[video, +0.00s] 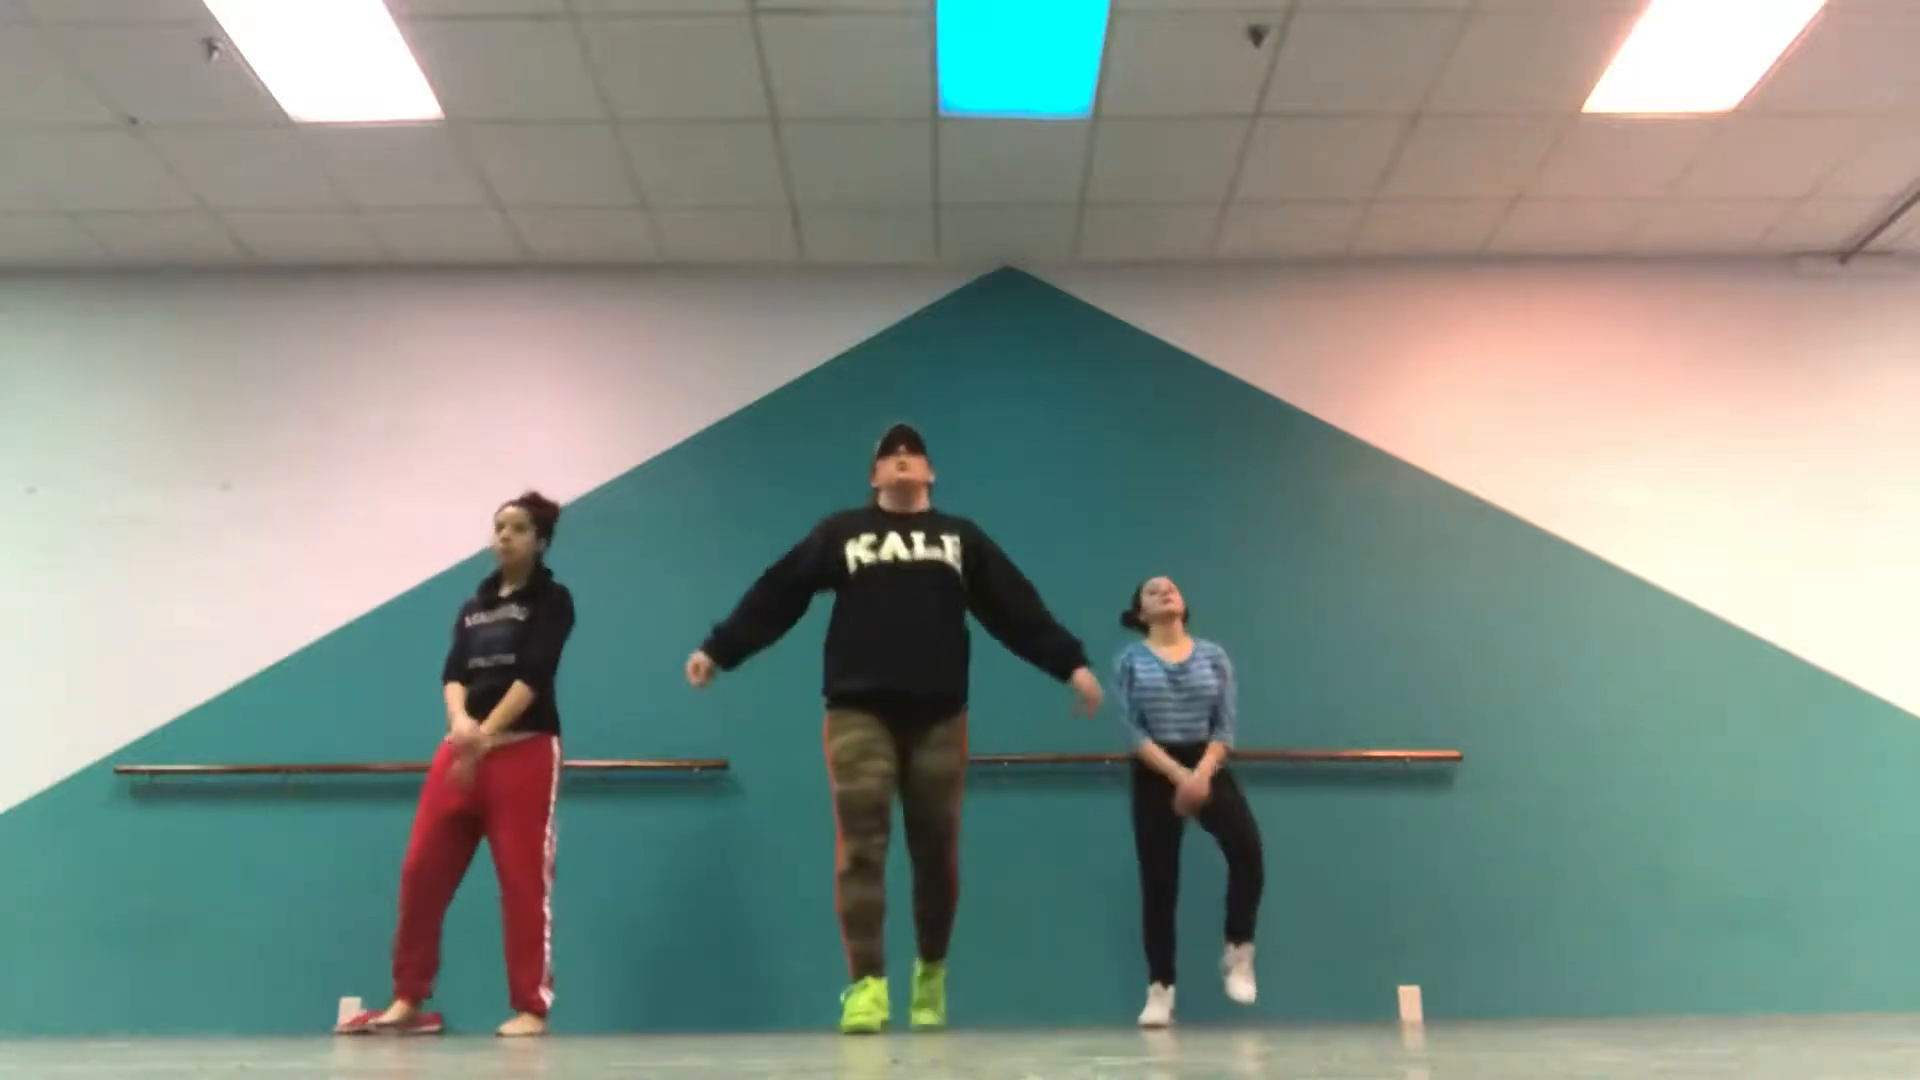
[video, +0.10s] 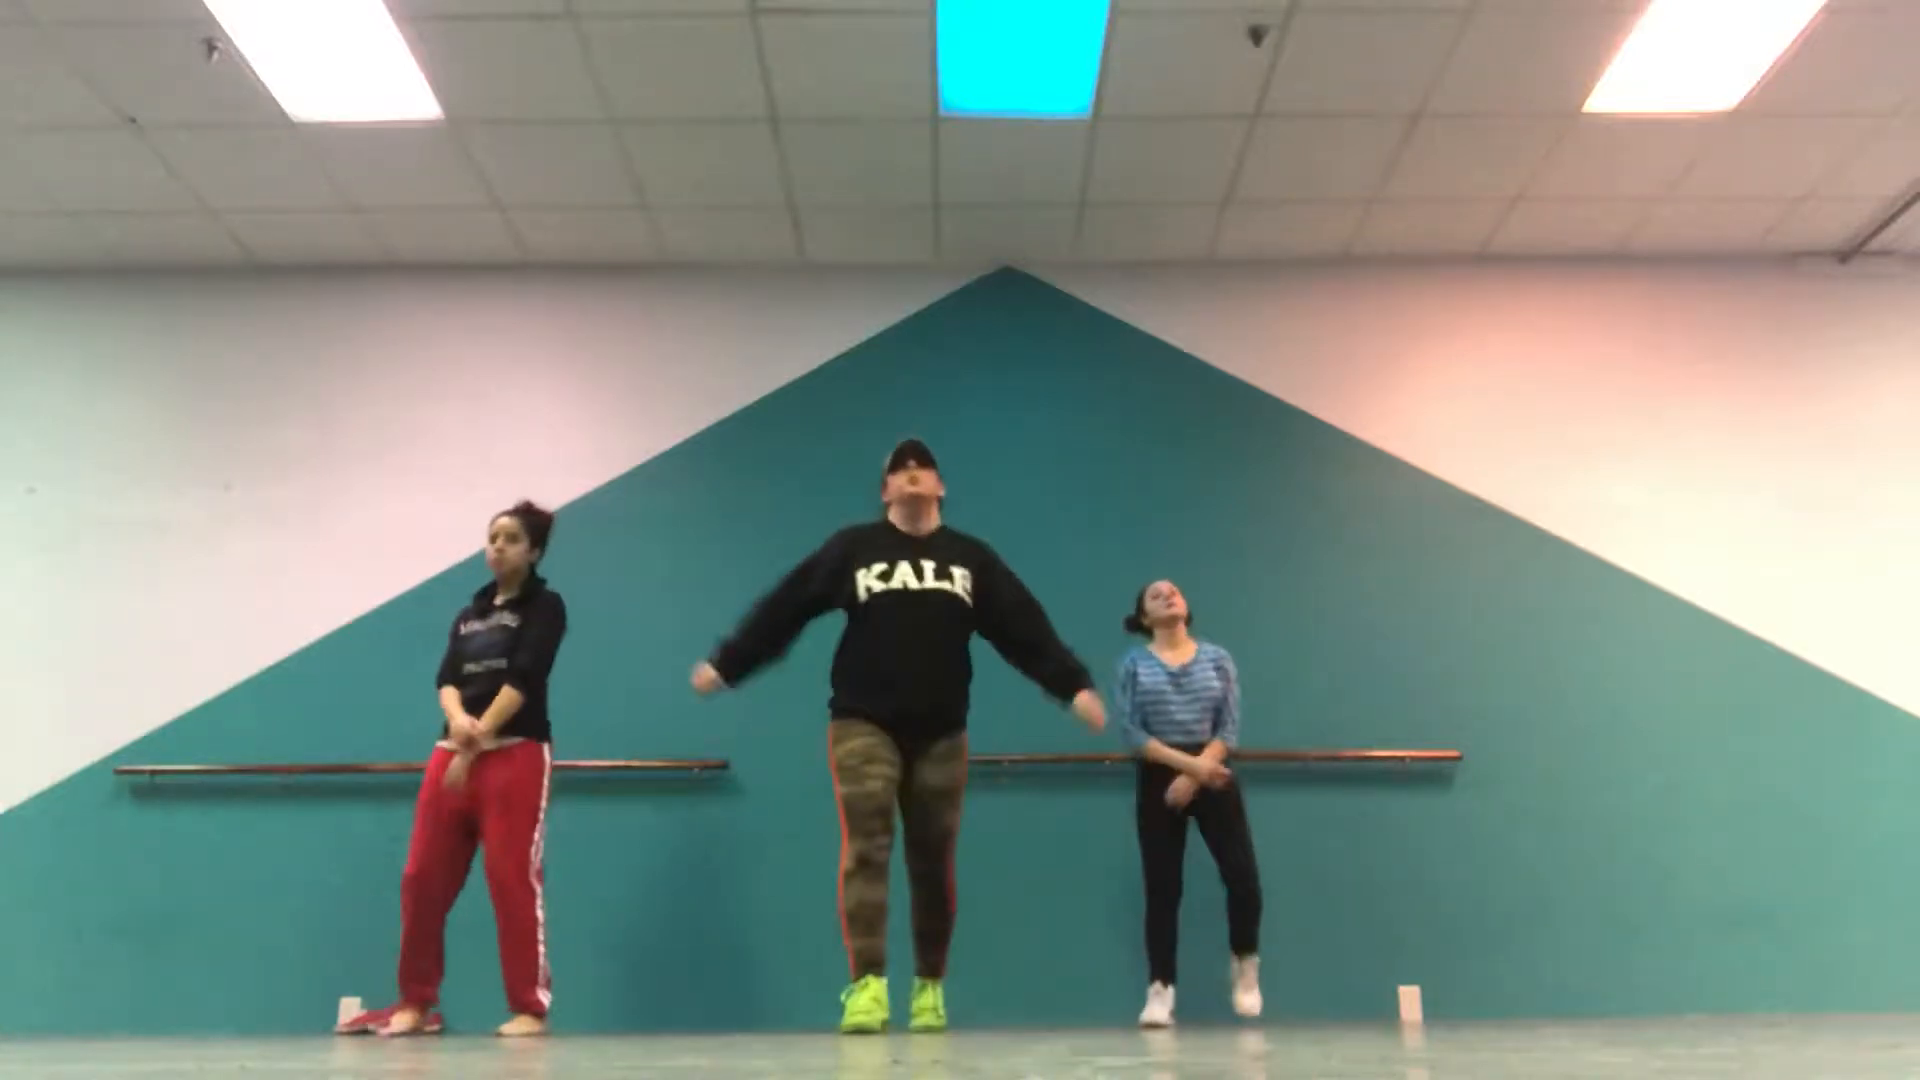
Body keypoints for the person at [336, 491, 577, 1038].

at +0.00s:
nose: (504, 537)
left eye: (516, 530)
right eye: (500, 528)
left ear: (539, 540)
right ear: (493, 536)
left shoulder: (553, 600)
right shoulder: (475, 603)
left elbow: (532, 677)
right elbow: (454, 673)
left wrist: (485, 737)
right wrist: (459, 721)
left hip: (523, 752)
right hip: (464, 747)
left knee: (524, 879)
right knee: (422, 871)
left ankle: (531, 1010)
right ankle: (410, 1001)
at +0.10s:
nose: (497, 548)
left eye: (510, 540)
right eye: (493, 538)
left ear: (533, 550)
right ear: (486, 546)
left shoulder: (545, 607)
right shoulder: (471, 611)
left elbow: (522, 682)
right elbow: (447, 679)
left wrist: (470, 747)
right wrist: (458, 718)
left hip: (515, 756)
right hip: (455, 754)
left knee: (513, 880)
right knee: (423, 878)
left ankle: (530, 1009)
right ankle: (416, 1005)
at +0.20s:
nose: (489, 553)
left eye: (502, 545)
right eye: (485, 544)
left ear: (525, 556)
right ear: (478, 551)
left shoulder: (536, 612)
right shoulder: (460, 617)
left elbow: (514, 685)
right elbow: (438, 683)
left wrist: (478, 751)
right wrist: (444, 732)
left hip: (505, 760)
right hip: (444, 757)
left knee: (505, 879)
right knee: (419, 879)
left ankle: (527, 1009)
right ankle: (417, 1007)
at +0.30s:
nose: (480, 549)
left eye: (492, 541)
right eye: (476, 540)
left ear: (515, 552)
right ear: (469, 549)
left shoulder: (525, 611)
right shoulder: (447, 614)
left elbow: (512, 688)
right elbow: (424, 682)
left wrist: (489, 759)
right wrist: (424, 735)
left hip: (496, 757)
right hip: (435, 759)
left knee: (502, 881)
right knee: (414, 886)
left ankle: (528, 1006)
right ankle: (417, 1008)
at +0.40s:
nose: (472, 544)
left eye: (484, 538)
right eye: (468, 536)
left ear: (507, 550)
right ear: (460, 545)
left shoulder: (517, 615)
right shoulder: (433, 612)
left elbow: (518, 694)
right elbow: (409, 684)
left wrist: (506, 764)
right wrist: (414, 729)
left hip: (486, 761)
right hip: (427, 763)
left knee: (499, 873)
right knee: (414, 885)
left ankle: (533, 998)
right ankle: (416, 1007)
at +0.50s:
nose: (467, 541)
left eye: (479, 535)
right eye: (463, 533)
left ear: (502, 547)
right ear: (456, 543)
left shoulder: (515, 610)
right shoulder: (427, 609)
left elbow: (528, 691)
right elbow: (402, 681)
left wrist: (522, 763)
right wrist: (410, 725)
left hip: (488, 757)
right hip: (426, 760)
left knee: (489, 862)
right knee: (415, 880)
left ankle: (520, 986)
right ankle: (417, 1005)